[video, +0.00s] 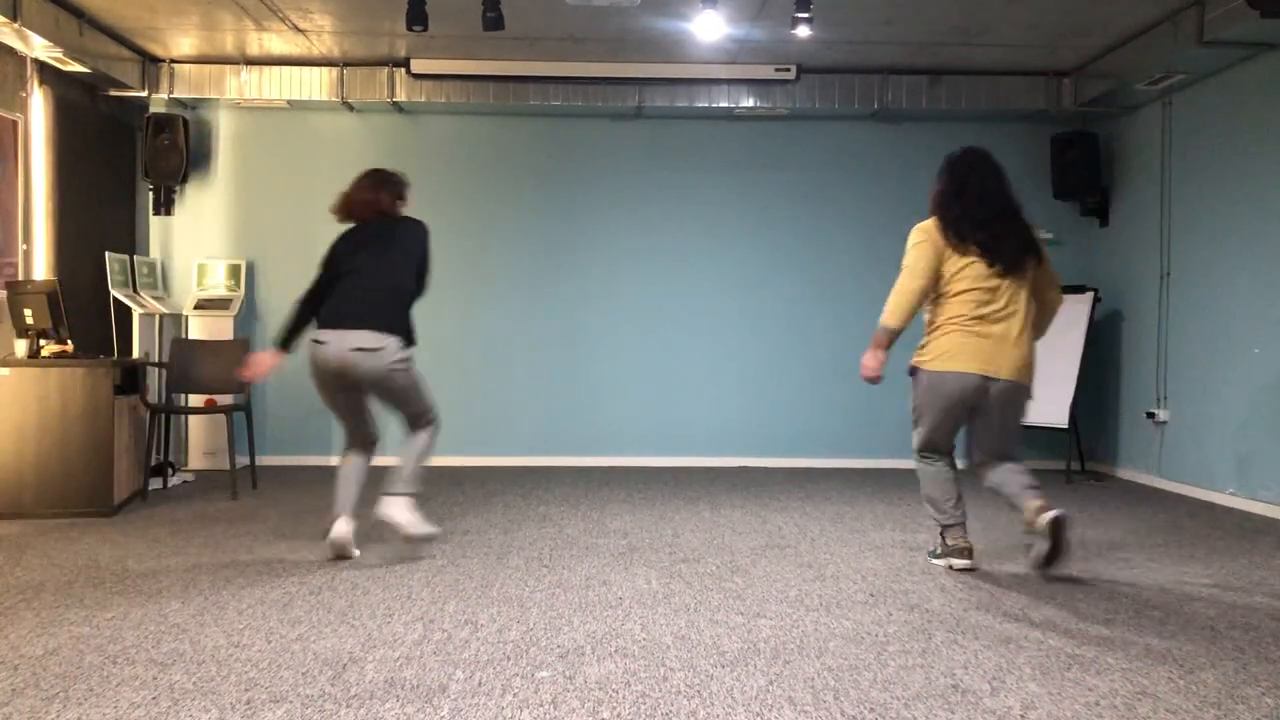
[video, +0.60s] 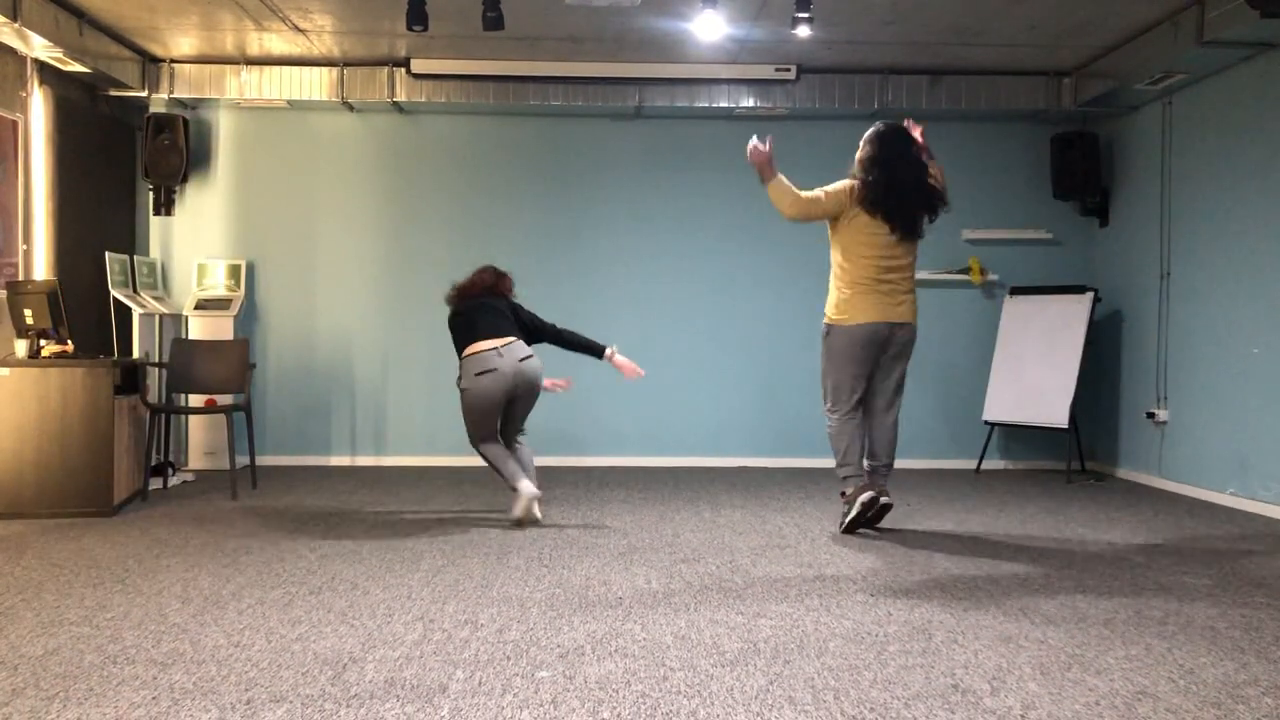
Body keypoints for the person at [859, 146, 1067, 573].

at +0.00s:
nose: (936, 191)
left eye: (940, 184)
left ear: (945, 189)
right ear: (998, 191)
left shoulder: (932, 232)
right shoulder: (1019, 236)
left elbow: (912, 287)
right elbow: (1050, 296)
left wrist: (879, 345)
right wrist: (1022, 336)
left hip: (949, 365)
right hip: (1012, 371)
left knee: (932, 452)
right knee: (993, 459)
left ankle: (955, 542)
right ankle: (1040, 511)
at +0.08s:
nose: (921, 192)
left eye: (926, 186)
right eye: (925, 185)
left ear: (932, 193)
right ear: (984, 196)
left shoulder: (917, 236)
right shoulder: (1002, 241)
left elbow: (893, 291)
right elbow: (1033, 299)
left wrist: (859, 338)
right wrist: (1008, 338)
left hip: (936, 365)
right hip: (995, 370)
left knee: (922, 456)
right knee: (962, 438)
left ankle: (955, 540)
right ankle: (985, 511)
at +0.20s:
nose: (900, 188)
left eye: (904, 182)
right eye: (905, 181)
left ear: (910, 191)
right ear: (959, 193)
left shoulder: (890, 232)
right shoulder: (974, 236)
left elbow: (855, 288)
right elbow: (1006, 292)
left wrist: (826, 303)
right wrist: (988, 322)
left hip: (908, 363)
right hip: (960, 365)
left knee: (901, 453)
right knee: (920, 437)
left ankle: (946, 519)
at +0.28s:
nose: (887, 193)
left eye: (892, 188)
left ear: (899, 195)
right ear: (949, 198)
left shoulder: (881, 234)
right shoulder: (960, 240)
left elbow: (842, 287)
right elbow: (989, 294)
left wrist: (812, 289)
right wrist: (965, 319)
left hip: (895, 357)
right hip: (945, 360)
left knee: (871, 439)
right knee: (904, 435)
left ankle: (927, 497)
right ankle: (884, 508)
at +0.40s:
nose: (871, 185)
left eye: (875, 179)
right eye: (873, 178)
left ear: (886, 186)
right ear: (921, 188)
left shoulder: (866, 228)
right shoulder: (932, 230)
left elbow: (824, 270)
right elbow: (953, 274)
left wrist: (788, 254)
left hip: (873, 349)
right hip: (921, 353)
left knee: (833, 415)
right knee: (886, 427)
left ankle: (870, 498)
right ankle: (882, 507)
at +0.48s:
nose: (865, 169)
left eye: (870, 164)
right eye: (868, 162)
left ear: (880, 173)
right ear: (913, 174)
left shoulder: (859, 214)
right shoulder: (924, 217)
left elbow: (815, 248)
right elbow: (948, 249)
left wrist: (779, 226)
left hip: (863, 338)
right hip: (912, 342)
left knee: (835, 410)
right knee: (886, 417)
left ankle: (857, 492)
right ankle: (879, 498)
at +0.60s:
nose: (856, 152)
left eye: (862, 148)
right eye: (861, 145)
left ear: (872, 158)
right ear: (905, 161)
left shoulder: (849, 194)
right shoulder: (913, 196)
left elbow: (795, 206)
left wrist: (767, 171)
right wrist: (923, 149)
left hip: (852, 320)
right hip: (901, 322)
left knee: (842, 409)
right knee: (885, 406)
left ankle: (856, 490)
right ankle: (877, 489)